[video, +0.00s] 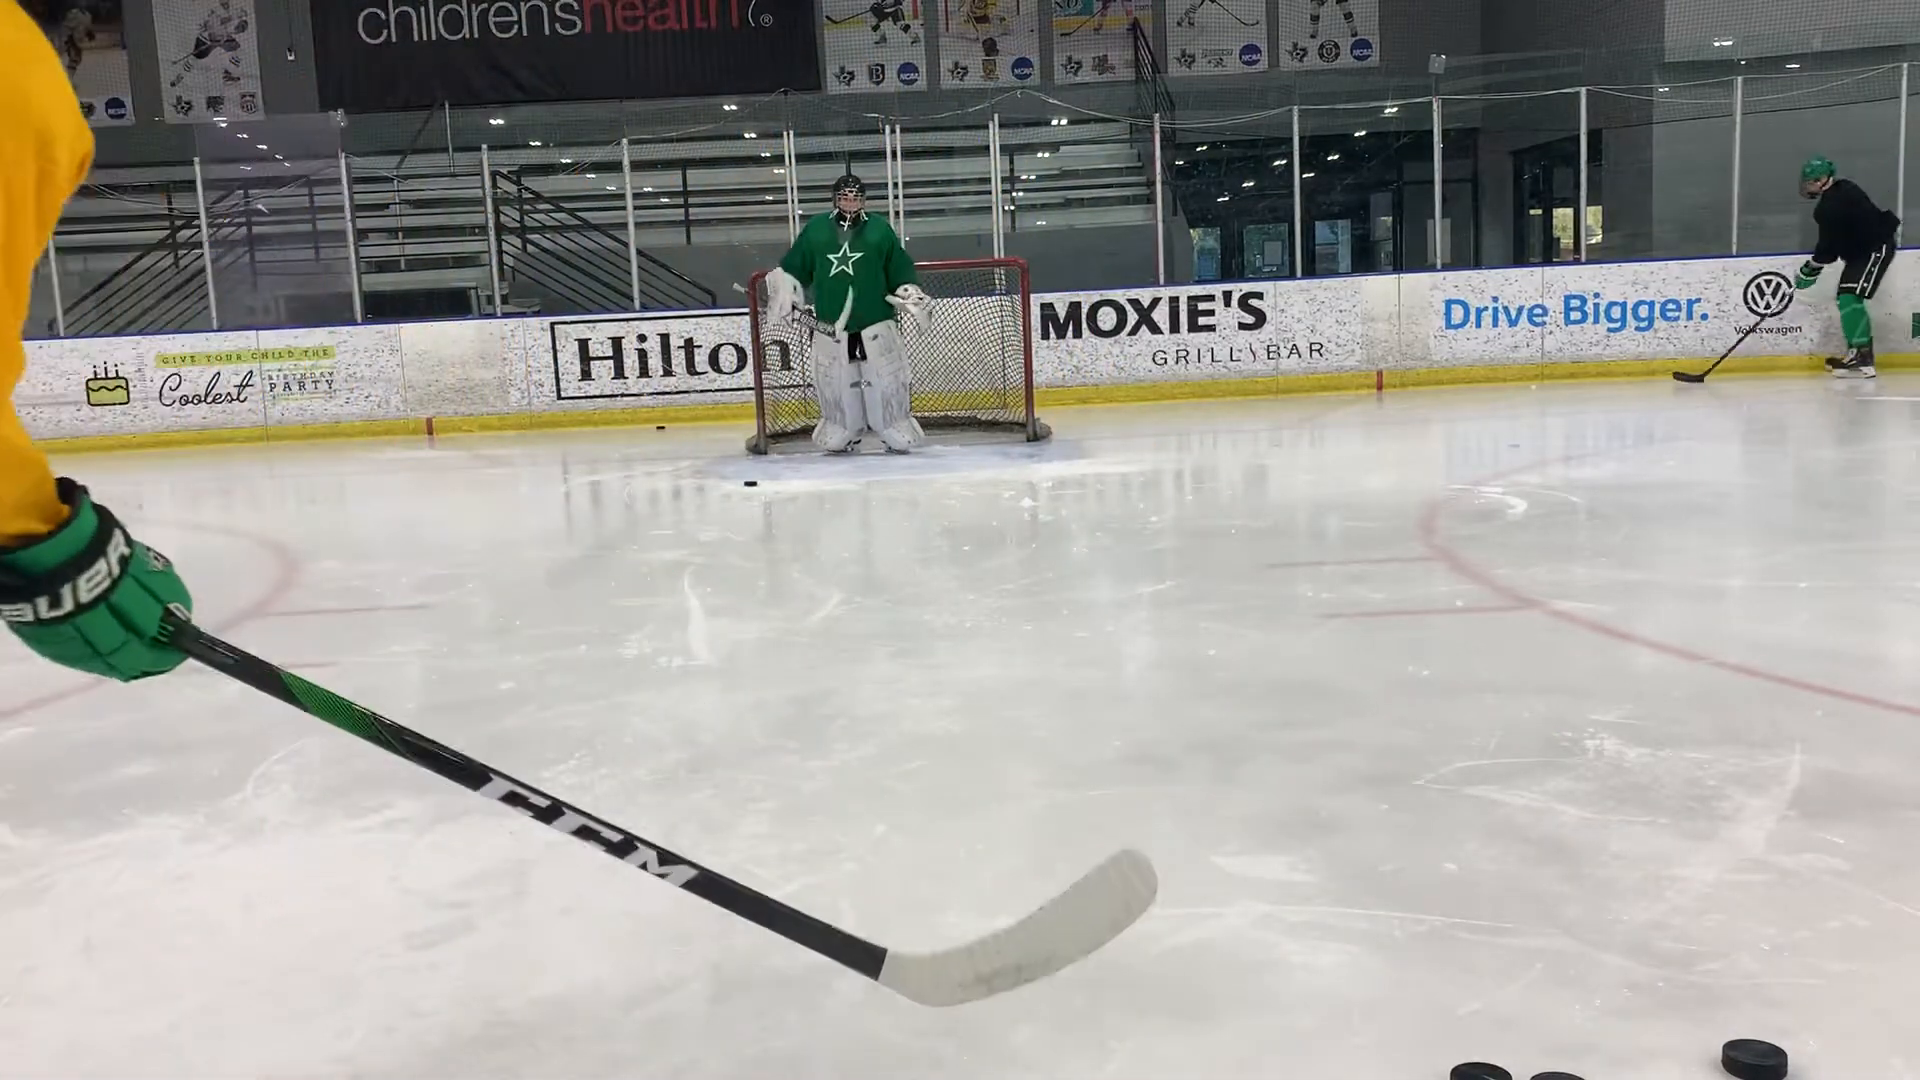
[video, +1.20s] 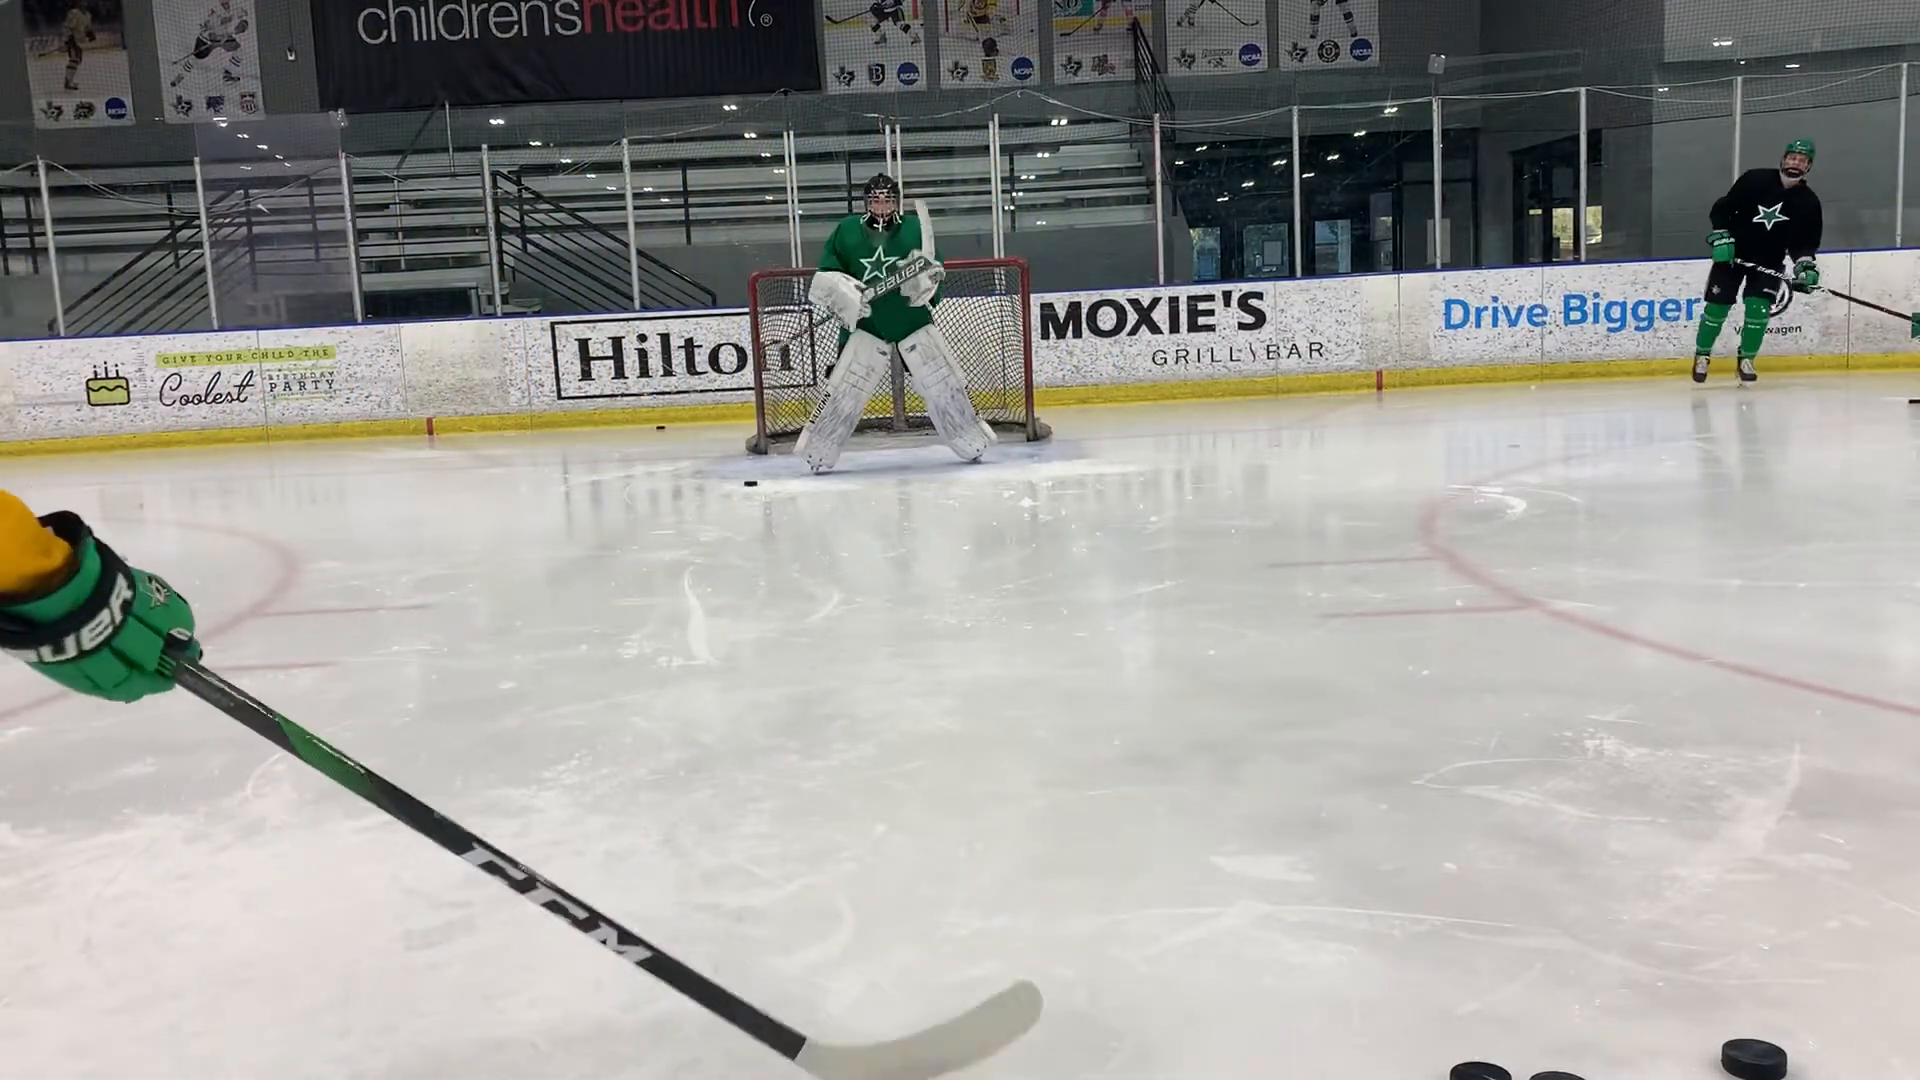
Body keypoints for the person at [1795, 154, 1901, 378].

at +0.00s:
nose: (1807, 187)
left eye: (1811, 182)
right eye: (1806, 182)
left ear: (1824, 180)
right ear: (1825, 179)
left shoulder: (1829, 207)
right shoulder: (1843, 188)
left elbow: (1828, 247)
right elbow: (1832, 239)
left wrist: (1810, 269)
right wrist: (1815, 265)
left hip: (1874, 246)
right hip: (1869, 243)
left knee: (1849, 297)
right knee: (1847, 296)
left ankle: (1861, 356)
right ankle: (1859, 354)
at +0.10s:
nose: (1793, 187)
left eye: (1797, 182)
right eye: (1791, 183)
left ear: (1811, 180)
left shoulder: (1823, 201)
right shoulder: (1812, 201)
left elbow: (1816, 246)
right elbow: (1814, 241)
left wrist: (1792, 270)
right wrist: (1795, 267)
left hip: (1858, 247)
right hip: (1837, 249)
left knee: (1833, 298)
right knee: (1820, 299)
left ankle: (1850, 355)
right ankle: (1827, 355)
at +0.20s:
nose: (1781, 188)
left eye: (1786, 182)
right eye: (1778, 183)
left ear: (1800, 182)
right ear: (1775, 183)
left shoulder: (1811, 203)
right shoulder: (1790, 198)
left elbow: (1803, 246)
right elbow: (1793, 222)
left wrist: (1776, 269)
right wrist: (1782, 238)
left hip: (1838, 248)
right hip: (1814, 249)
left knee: (1816, 299)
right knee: (1797, 298)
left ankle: (1836, 355)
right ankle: (1801, 354)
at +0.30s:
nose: (1775, 187)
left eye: (1780, 182)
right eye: (1771, 182)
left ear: (1792, 183)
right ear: (1766, 182)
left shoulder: (1800, 204)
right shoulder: (1770, 198)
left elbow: (1787, 249)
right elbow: (1764, 221)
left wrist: (1759, 275)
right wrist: (1756, 239)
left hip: (1818, 252)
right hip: (1790, 251)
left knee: (1800, 299)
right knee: (1775, 300)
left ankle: (1821, 355)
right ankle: (1777, 355)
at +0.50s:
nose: (1766, 185)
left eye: (1771, 180)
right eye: (1762, 179)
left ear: (1779, 182)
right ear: (1755, 180)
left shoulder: (1786, 205)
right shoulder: (1744, 195)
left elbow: (1777, 247)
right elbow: (1723, 217)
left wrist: (1750, 277)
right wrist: (1718, 242)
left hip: (1786, 262)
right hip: (1756, 259)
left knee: (1771, 302)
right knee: (1738, 303)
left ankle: (1790, 356)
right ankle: (1734, 357)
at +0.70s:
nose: (1757, 183)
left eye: (1763, 178)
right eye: (1754, 178)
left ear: (1770, 182)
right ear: (1747, 178)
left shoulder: (1778, 208)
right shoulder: (1730, 197)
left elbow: (1781, 245)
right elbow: (1711, 231)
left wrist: (1774, 274)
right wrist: (1726, 247)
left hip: (1760, 266)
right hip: (1731, 261)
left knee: (1750, 304)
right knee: (1711, 306)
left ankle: (1760, 359)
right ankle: (1699, 359)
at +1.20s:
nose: (1795, 164)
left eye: (1802, 161)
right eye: (1792, 158)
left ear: (1808, 167)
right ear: (1783, 159)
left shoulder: (1809, 202)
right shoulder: (1755, 180)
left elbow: (1805, 241)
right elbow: (1722, 208)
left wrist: (1805, 266)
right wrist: (1721, 236)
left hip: (1769, 260)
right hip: (1735, 251)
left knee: (1758, 308)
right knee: (1717, 304)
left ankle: (1747, 359)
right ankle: (1702, 354)